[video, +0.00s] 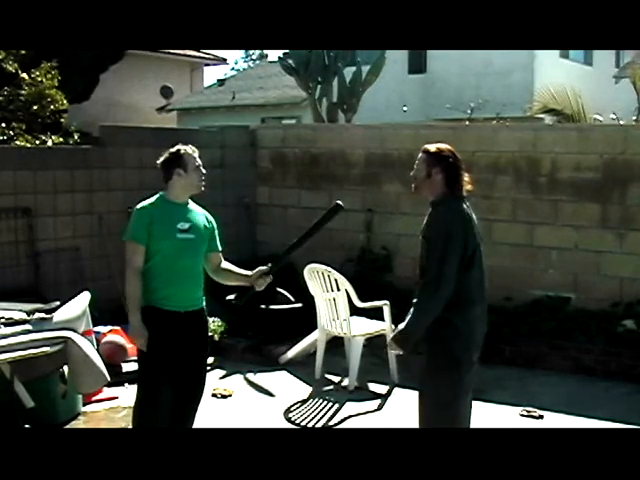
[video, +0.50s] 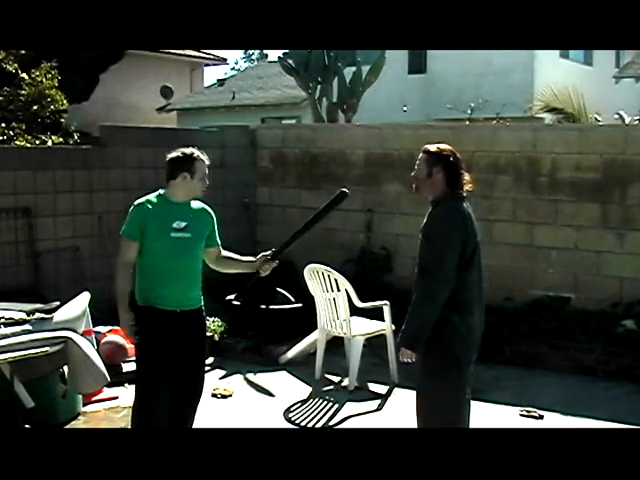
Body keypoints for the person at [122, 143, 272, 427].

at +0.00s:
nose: (204, 172)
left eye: (202, 167)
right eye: (197, 168)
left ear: (184, 174)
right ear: (178, 174)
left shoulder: (204, 219)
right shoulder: (146, 213)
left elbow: (216, 267)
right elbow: (133, 269)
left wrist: (249, 278)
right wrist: (136, 322)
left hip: (194, 320)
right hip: (159, 319)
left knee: (188, 398)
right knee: (155, 399)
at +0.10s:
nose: (204, 173)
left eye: (203, 167)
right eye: (198, 168)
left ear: (185, 174)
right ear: (178, 174)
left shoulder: (205, 219)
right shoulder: (146, 213)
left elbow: (216, 267)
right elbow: (132, 269)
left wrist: (251, 277)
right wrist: (132, 320)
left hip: (193, 320)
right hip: (157, 319)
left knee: (187, 398)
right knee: (154, 398)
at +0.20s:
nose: (205, 174)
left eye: (203, 168)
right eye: (199, 168)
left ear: (185, 175)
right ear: (180, 174)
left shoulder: (205, 219)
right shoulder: (146, 213)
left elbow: (216, 267)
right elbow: (131, 268)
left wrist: (251, 276)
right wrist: (129, 320)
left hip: (192, 320)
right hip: (156, 318)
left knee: (186, 398)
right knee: (153, 399)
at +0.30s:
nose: (205, 174)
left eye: (204, 168)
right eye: (199, 168)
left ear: (185, 175)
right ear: (180, 175)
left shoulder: (205, 219)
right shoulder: (146, 212)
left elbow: (216, 267)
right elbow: (131, 268)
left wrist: (250, 276)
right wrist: (127, 319)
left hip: (192, 320)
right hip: (155, 318)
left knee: (186, 399)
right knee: (153, 399)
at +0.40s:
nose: (206, 177)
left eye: (205, 170)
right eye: (200, 171)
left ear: (185, 175)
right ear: (181, 175)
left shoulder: (205, 216)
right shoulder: (146, 210)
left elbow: (215, 262)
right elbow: (131, 266)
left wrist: (249, 272)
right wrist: (127, 317)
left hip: (192, 318)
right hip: (155, 317)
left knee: (187, 395)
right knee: (153, 396)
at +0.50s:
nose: (207, 183)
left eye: (207, 177)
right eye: (203, 177)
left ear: (187, 178)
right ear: (184, 176)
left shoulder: (204, 215)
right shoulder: (144, 210)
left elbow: (216, 258)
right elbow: (126, 262)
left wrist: (255, 264)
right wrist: (124, 311)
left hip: (191, 317)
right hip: (154, 316)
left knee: (188, 392)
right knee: (153, 392)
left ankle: (179, 430)